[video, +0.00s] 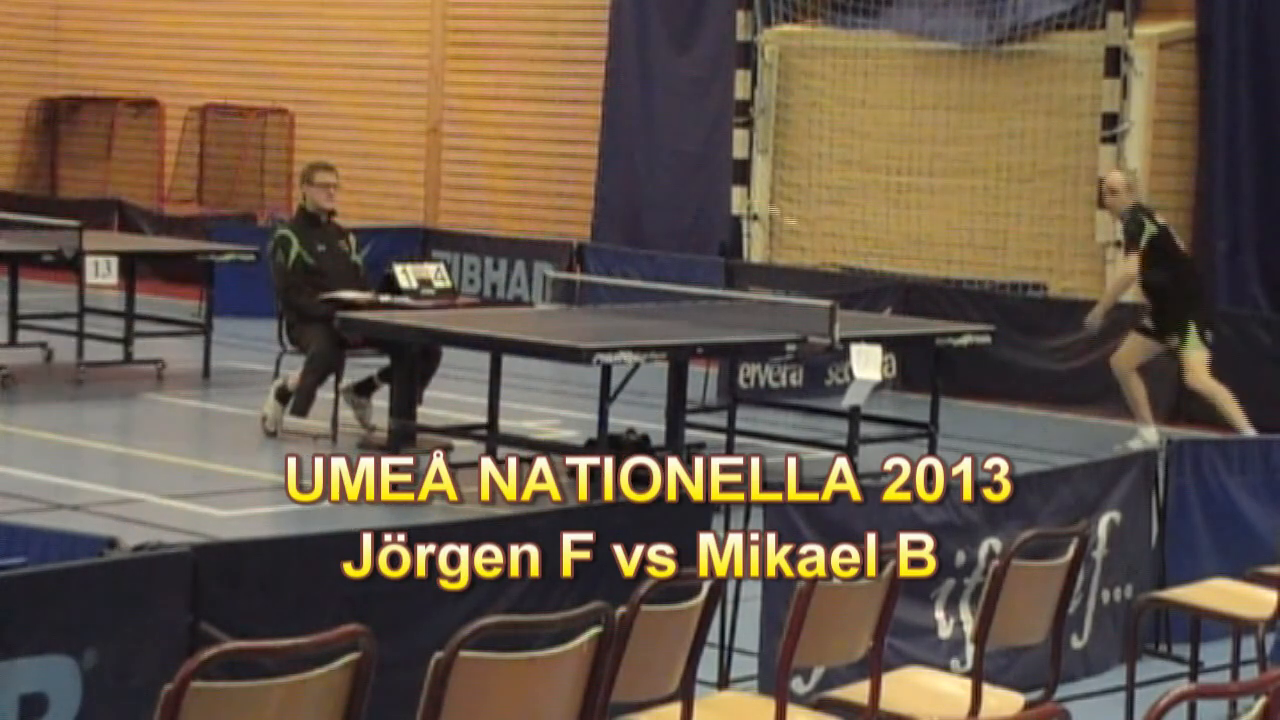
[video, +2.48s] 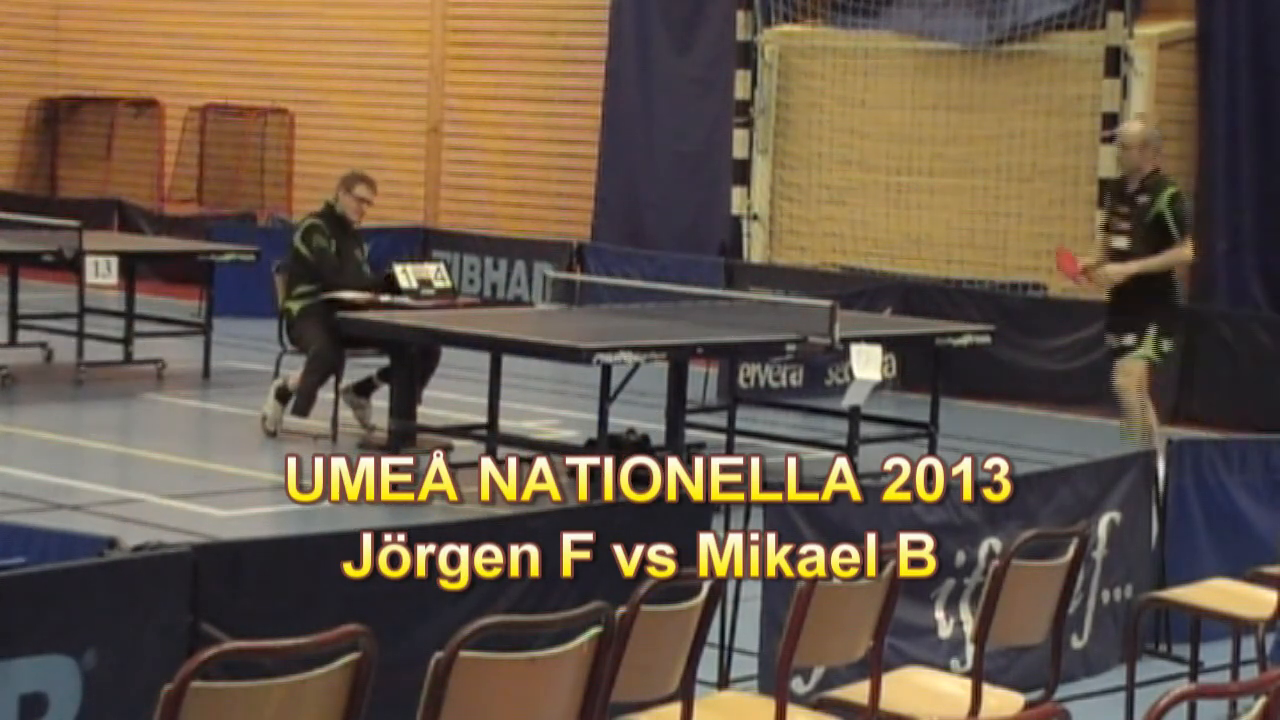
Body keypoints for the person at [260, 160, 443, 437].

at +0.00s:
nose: (331, 192)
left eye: (334, 187)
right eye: (323, 186)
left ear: (338, 190)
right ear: (305, 190)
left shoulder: (343, 235)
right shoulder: (288, 236)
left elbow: (360, 281)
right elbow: (291, 293)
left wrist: (367, 303)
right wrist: (334, 310)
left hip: (353, 318)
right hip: (311, 319)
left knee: (425, 352)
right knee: (328, 354)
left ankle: (361, 391)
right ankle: (285, 392)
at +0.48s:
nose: (336, 194)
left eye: (338, 188)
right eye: (329, 188)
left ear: (340, 191)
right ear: (308, 190)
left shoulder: (343, 235)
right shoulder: (289, 236)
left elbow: (358, 282)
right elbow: (293, 296)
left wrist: (369, 301)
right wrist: (340, 307)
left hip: (352, 318)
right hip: (310, 319)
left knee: (425, 351)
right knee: (328, 353)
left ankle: (362, 391)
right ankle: (284, 393)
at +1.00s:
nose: (313, 192)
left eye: (320, 187)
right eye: (307, 186)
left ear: (330, 191)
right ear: (298, 190)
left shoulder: (343, 235)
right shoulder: (287, 236)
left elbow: (358, 281)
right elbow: (291, 295)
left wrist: (367, 302)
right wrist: (336, 309)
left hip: (351, 318)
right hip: (309, 319)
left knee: (425, 351)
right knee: (328, 353)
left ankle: (362, 391)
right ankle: (285, 392)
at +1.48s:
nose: (313, 193)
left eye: (320, 188)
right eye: (307, 187)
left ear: (331, 191)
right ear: (299, 190)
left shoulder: (343, 235)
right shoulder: (288, 236)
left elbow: (358, 280)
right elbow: (289, 293)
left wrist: (367, 302)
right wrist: (335, 309)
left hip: (351, 318)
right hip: (309, 319)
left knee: (425, 351)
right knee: (328, 352)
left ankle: (362, 391)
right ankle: (285, 392)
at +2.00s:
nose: (348, 206)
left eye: (352, 200)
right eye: (344, 197)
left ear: (353, 201)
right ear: (325, 192)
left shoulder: (348, 237)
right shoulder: (297, 233)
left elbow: (361, 280)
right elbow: (307, 283)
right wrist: (354, 277)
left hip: (350, 313)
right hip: (309, 313)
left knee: (425, 351)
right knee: (327, 355)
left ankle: (361, 391)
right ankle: (283, 392)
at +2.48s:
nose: (363, 210)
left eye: (368, 204)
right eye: (359, 200)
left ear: (370, 206)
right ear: (341, 194)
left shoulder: (354, 237)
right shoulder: (313, 227)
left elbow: (363, 281)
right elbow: (335, 276)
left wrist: (397, 280)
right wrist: (379, 282)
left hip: (349, 312)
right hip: (310, 311)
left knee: (425, 350)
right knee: (328, 355)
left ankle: (361, 391)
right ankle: (283, 392)